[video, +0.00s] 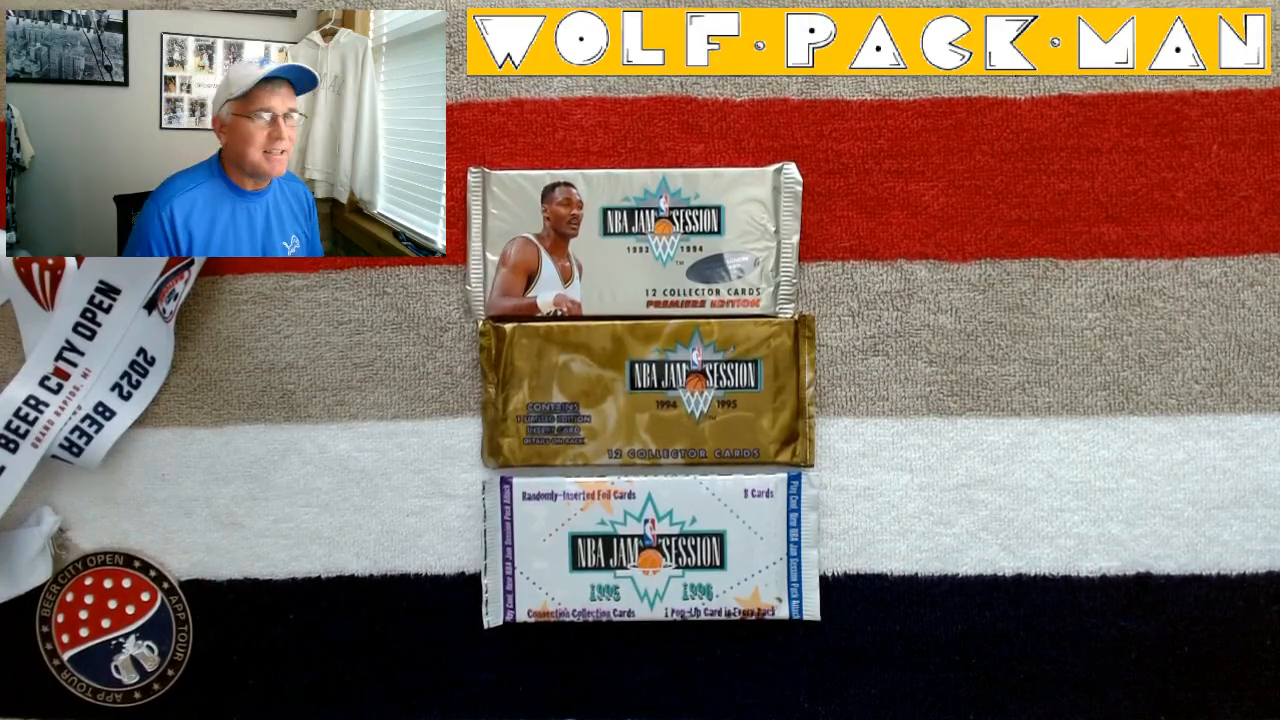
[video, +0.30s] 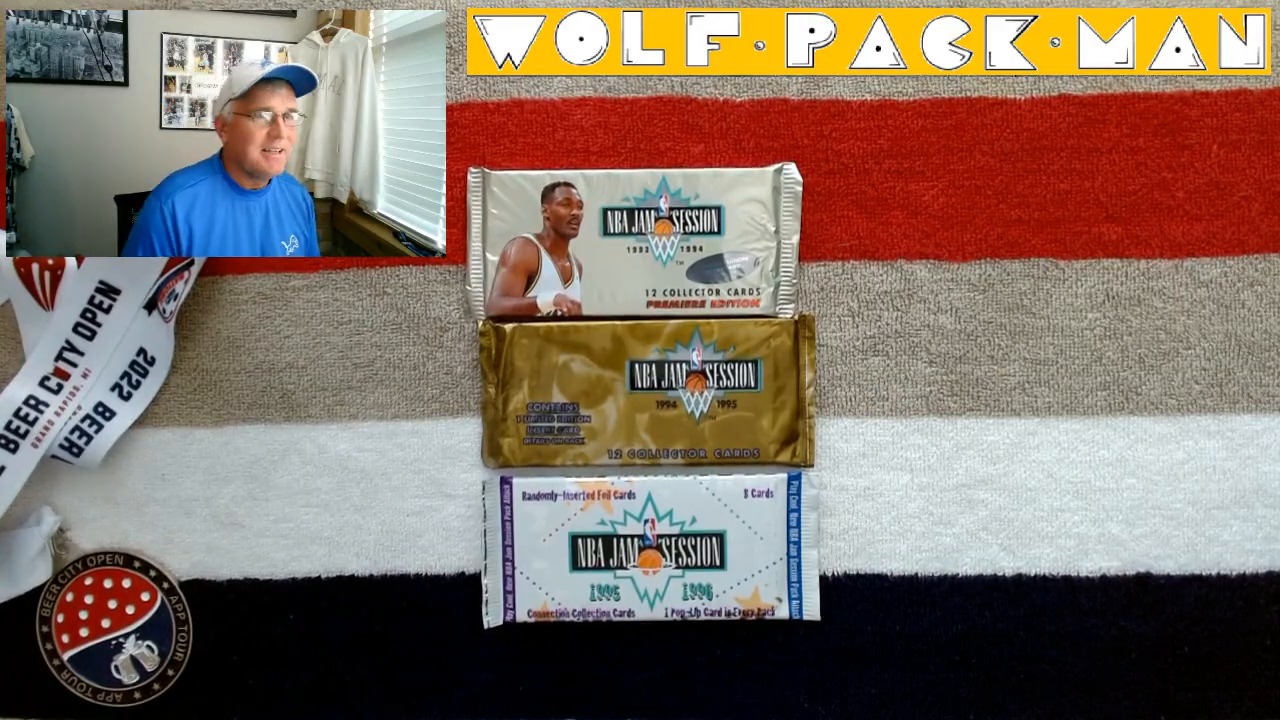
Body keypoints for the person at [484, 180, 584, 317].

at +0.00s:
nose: (576, 213)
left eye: (580, 207)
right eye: (566, 205)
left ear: (583, 211)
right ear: (545, 211)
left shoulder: (575, 266)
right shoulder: (521, 249)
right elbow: (494, 307)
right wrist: (550, 301)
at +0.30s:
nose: (576, 213)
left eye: (580, 207)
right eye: (566, 205)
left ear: (583, 211)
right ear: (545, 211)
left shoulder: (575, 266)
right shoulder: (521, 250)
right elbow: (495, 307)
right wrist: (550, 301)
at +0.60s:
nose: (576, 213)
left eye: (580, 207)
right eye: (566, 205)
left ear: (583, 211)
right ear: (545, 211)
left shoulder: (575, 265)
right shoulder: (521, 249)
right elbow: (495, 307)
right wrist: (550, 301)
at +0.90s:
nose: (576, 213)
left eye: (580, 207)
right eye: (566, 205)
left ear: (583, 211)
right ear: (545, 211)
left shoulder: (575, 266)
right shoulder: (521, 250)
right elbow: (495, 307)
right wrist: (550, 301)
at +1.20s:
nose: (576, 213)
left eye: (580, 207)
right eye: (566, 205)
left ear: (583, 211)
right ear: (545, 211)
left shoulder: (575, 266)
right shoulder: (521, 250)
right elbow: (495, 307)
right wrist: (550, 301)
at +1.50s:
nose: (576, 213)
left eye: (580, 207)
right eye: (566, 205)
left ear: (583, 211)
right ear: (545, 211)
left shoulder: (575, 266)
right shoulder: (521, 250)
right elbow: (495, 307)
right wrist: (550, 301)